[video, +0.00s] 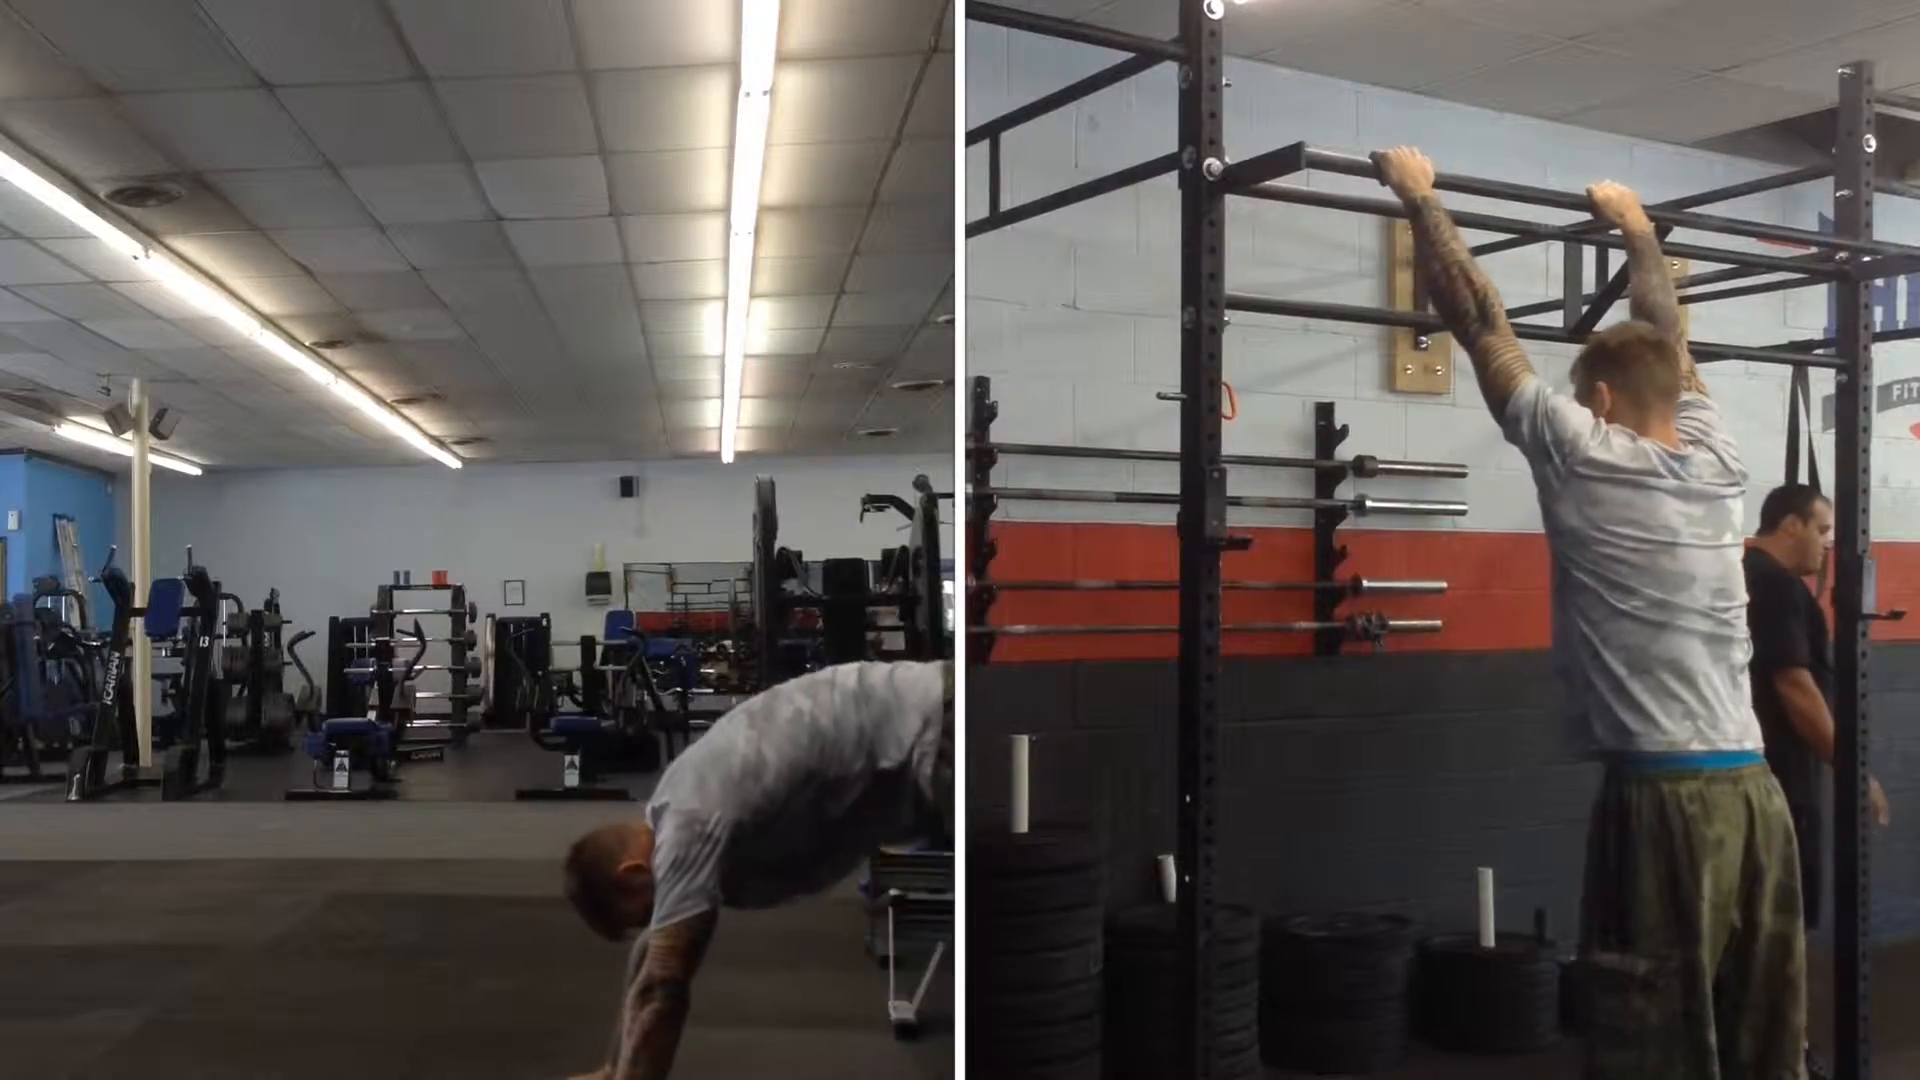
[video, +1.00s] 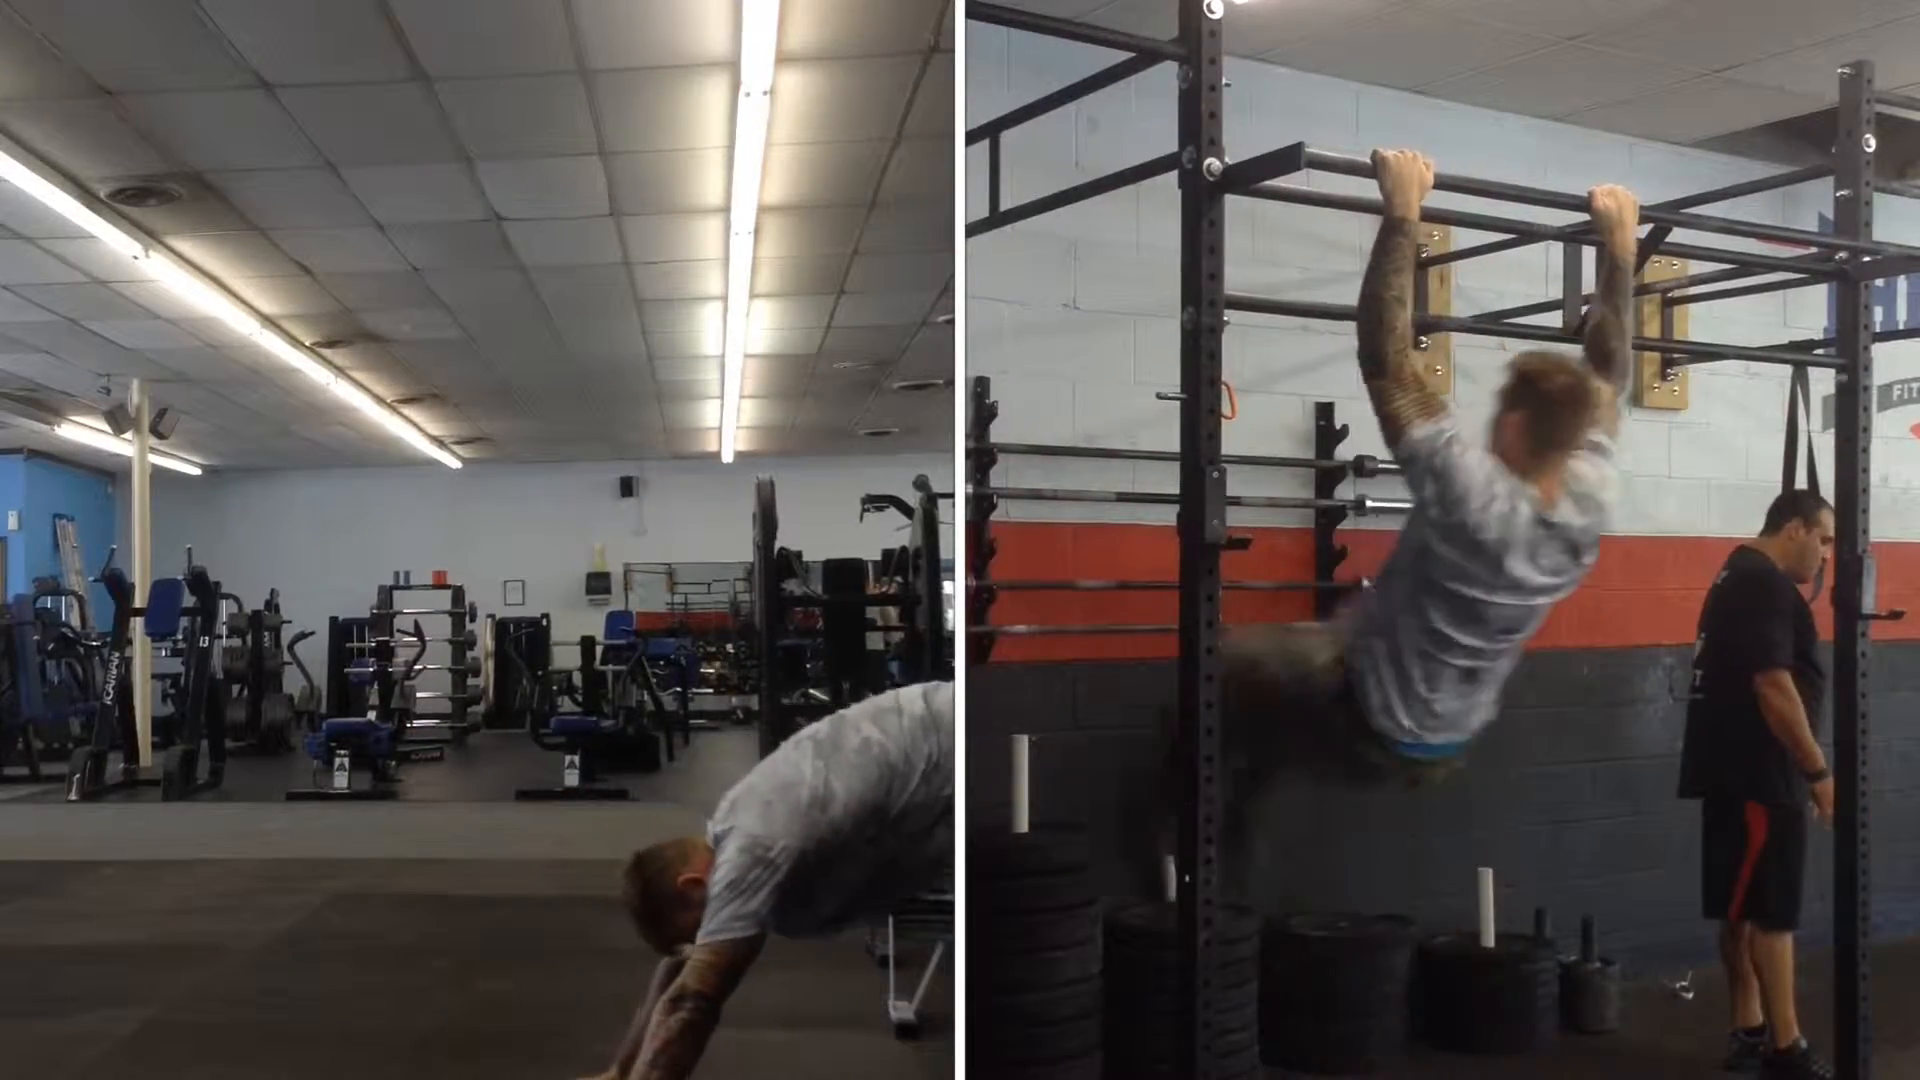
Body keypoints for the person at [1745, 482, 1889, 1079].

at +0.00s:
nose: (1828, 543)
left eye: (1830, 531)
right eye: (1824, 529)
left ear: (1785, 526)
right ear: (1790, 525)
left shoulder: (1748, 570)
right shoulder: (1777, 583)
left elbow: (1788, 681)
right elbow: (1791, 685)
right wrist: (1856, 772)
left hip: (1760, 771)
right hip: (1787, 779)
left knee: (1775, 922)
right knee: (1792, 926)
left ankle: (1779, 1046)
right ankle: (1792, 1050)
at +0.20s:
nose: (1825, 544)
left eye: (1828, 534)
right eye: (1820, 531)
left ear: (1782, 525)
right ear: (1788, 523)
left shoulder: (1744, 577)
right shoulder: (1769, 584)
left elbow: (1777, 685)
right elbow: (1794, 689)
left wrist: (1847, 765)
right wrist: (1852, 767)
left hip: (1746, 764)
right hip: (1776, 771)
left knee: (1752, 908)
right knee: (1788, 913)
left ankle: (1752, 1029)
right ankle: (1789, 1045)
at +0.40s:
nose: (1823, 553)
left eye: (1828, 543)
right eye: (1821, 539)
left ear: (1780, 526)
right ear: (1791, 525)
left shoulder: (1734, 577)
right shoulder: (1771, 584)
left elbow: (1737, 682)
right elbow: (1785, 686)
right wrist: (1829, 769)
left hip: (1730, 770)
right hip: (1770, 775)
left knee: (1740, 910)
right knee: (1783, 915)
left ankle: (1750, 1031)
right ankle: (1787, 1045)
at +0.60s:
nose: (1821, 557)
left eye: (1825, 547)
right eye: (1820, 544)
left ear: (1783, 527)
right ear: (1794, 529)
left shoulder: (1738, 577)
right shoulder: (1770, 584)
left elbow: (1743, 681)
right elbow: (1779, 685)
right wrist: (1819, 772)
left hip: (1732, 770)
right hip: (1764, 776)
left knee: (1740, 910)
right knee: (1778, 915)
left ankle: (1749, 1033)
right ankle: (1787, 1046)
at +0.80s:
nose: (1822, 557)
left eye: (1826, 547)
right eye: (1820, 543)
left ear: (1784, 528)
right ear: (1793, 530)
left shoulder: (1739, 580)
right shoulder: (1765, 585)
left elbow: (1748, 684)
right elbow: (1774, 686)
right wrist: (1819, 771)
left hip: (1735, 771)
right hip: (1762, 775)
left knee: (1742, 910)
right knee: (1774, 915)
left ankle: (1748, 1033)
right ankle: (1787, 1045)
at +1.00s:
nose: (1825, 551)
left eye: (1829, 541)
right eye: (1822, 538)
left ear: (1783, 528)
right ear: (1793, 529)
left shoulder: (1739, 580)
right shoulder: (1764, 585)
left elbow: (1747, 684)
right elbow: (1771, 687)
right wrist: (1819, 771)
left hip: (1735, 771)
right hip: (1761, 776)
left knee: (1741, 911)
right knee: (1773, 916)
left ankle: (1749, 1032)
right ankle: (1787, 1045)